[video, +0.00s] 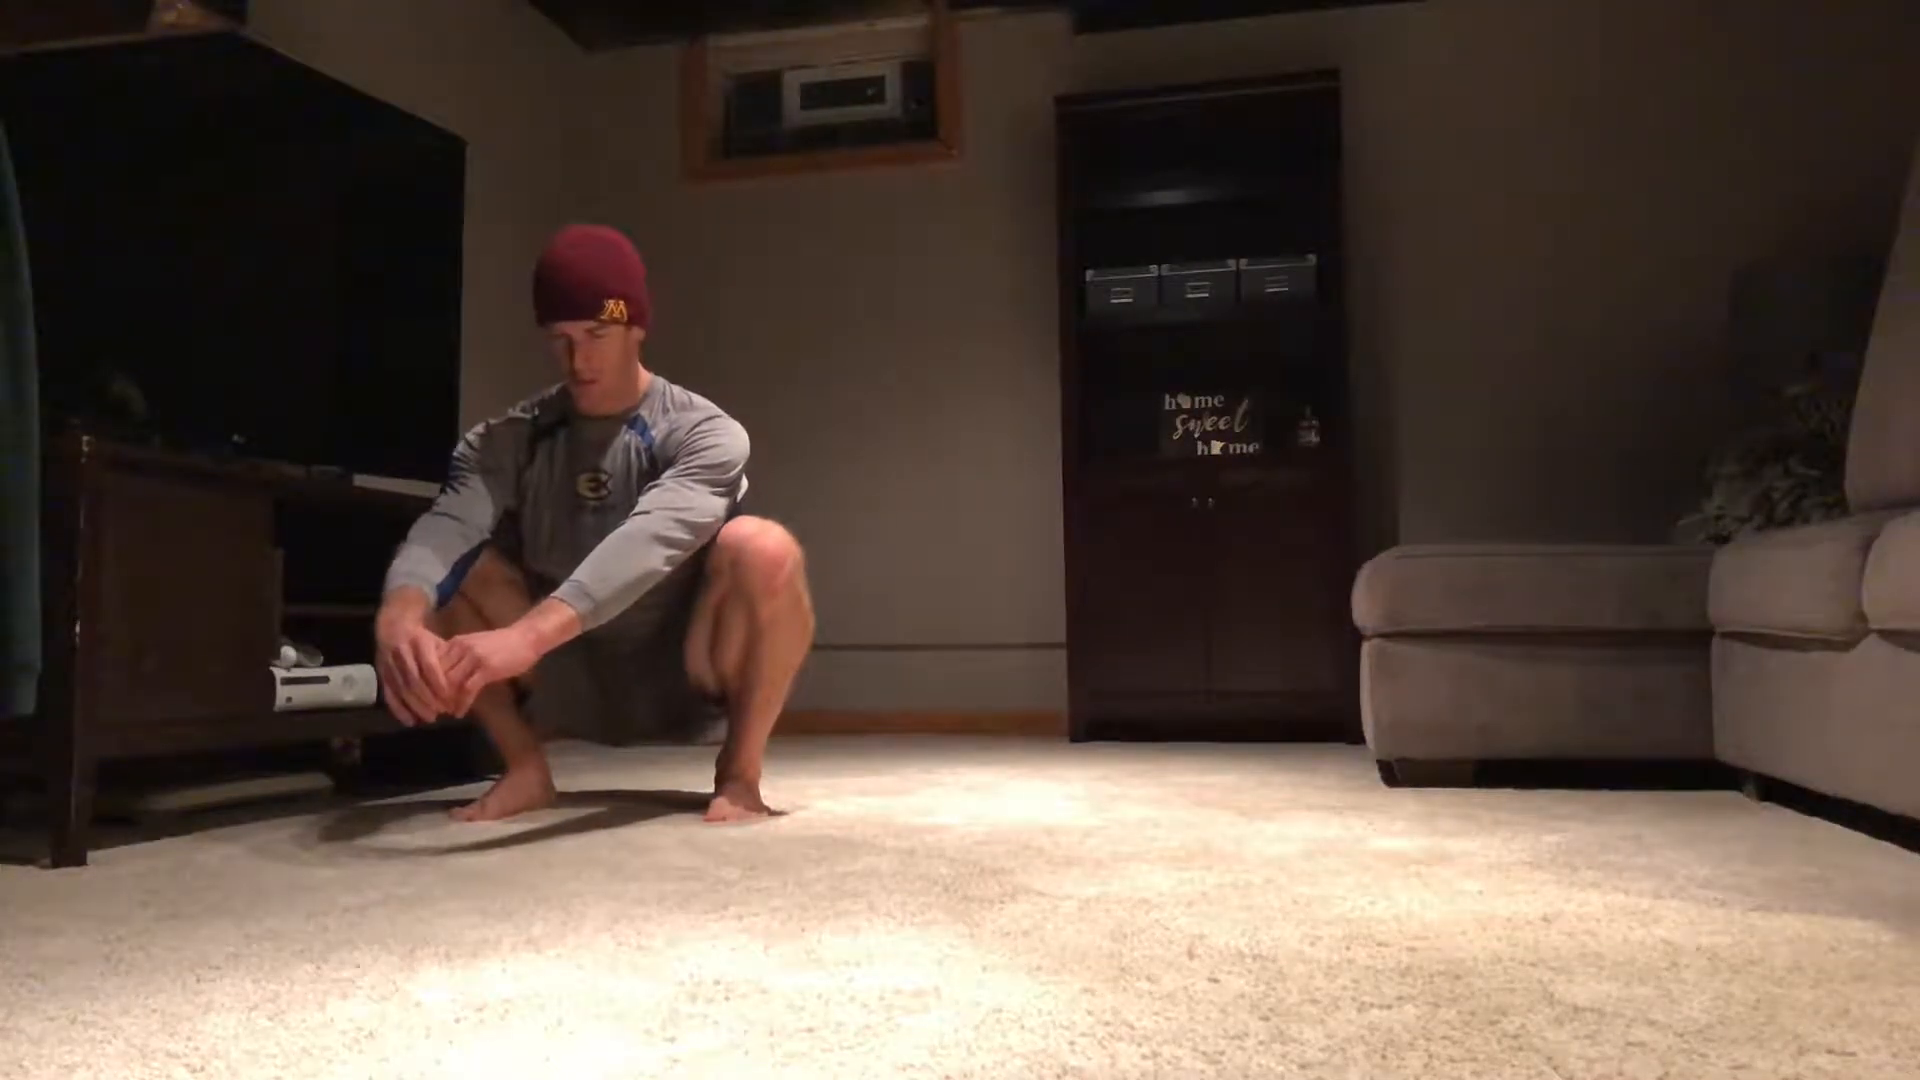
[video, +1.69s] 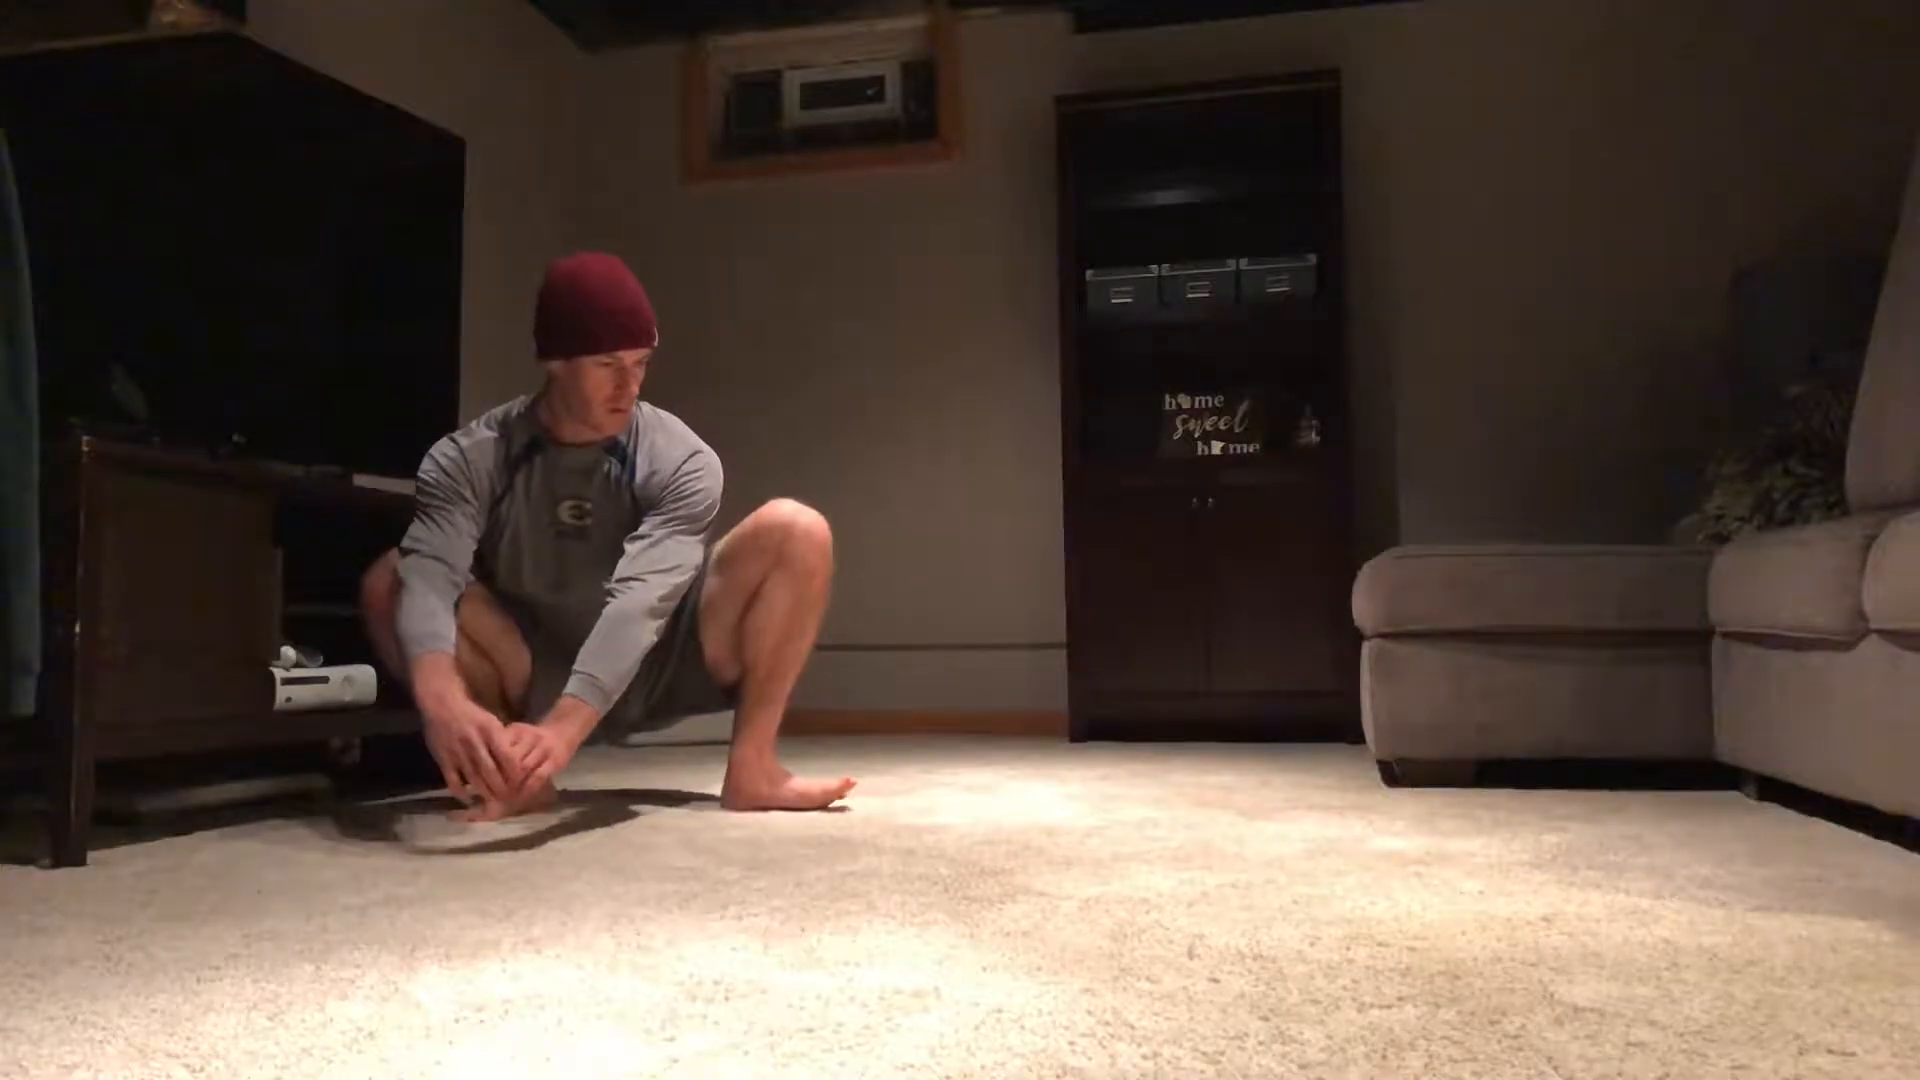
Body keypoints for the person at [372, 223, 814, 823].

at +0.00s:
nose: (578, 363)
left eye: (595, 338)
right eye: (562, 342)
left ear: (637, 330)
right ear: (546, 339)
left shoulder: (707, 436)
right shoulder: (505, 441)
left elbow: (645, 547)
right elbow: (443, 529)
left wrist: (523, 639)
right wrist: (398, 614)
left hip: (681, 679)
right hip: (569, 682)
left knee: (763, 546)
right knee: (447, 571)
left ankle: (741, 778)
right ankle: (524, 770)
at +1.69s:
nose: (629, 387)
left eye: (639, 367)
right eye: (608, 368)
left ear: (650, 362)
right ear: (554, 362)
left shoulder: (682, 465)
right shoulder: (466, 461)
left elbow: (639, 607)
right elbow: (429, 578)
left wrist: (560, 732)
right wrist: (439, 699)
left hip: (649, 668)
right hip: (533, 672)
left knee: (797, 532)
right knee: (390, 584)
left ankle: (754, 770)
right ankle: (511, 772)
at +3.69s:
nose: (1011, 652)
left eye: (1029, 635)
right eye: (990, 634)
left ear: (1077, 577)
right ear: (952, 573)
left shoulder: (1110, 560)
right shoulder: (859, 547)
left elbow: (1093, 688)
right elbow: (834, 682)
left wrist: (1105, 820)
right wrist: (858, 818)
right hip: (802, 518)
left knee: (1044, 739)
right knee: (653, 692)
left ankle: (843, 700)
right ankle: (579, 706)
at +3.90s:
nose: (1035, 736)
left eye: (1050, 728)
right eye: (1017, 719)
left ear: (1100, 650)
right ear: (974, 643)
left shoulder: (1144, 593)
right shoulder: (872, 604)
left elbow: (1125, 699)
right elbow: (839, 693)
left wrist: (1107, 822)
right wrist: (860, 825)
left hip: (992, 512)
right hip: (840, 511)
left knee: (1062, 761)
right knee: (675, 720)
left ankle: (922, 719)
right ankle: (599, 694)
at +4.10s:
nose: (1029, 771)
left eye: (1050, 762)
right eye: (1014, 760)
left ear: (1097, 676)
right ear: (963, 678)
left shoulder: (1161, 615)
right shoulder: (872, 641)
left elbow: (1126, 715)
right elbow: (863, 730)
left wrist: (1105, 817)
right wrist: (860, 834)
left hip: (1018, 513)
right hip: (868, 508)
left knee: (1173, 764)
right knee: (674, 730)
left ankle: (934, 718)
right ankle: (623, 699)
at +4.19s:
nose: (1032, 784)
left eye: (1051, 772)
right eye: (1011, 770)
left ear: (1097, 686)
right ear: (963, 694)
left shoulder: (1159, 618)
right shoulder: (865, 638)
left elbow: (1128, 703)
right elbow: (865, 725)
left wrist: (1108, 811)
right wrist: (861, 832)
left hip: (1017, 502)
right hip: (869, 505)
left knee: (1188, 754)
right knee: (678, 737)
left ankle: (961, 708)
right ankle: (633, 700)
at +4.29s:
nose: (1037, 811)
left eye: (1048, 793)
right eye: (1014, 795)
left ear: (1099, 701)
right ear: (966, 699)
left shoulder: (1158, 623)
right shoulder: (869, 642)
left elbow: (1130, 711)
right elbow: (863, 733)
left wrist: (1107, 812)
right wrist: (859, 834)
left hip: (1021, 490)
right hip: (873, 499)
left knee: (1206, 733)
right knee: (681, 743)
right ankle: (642, 701)